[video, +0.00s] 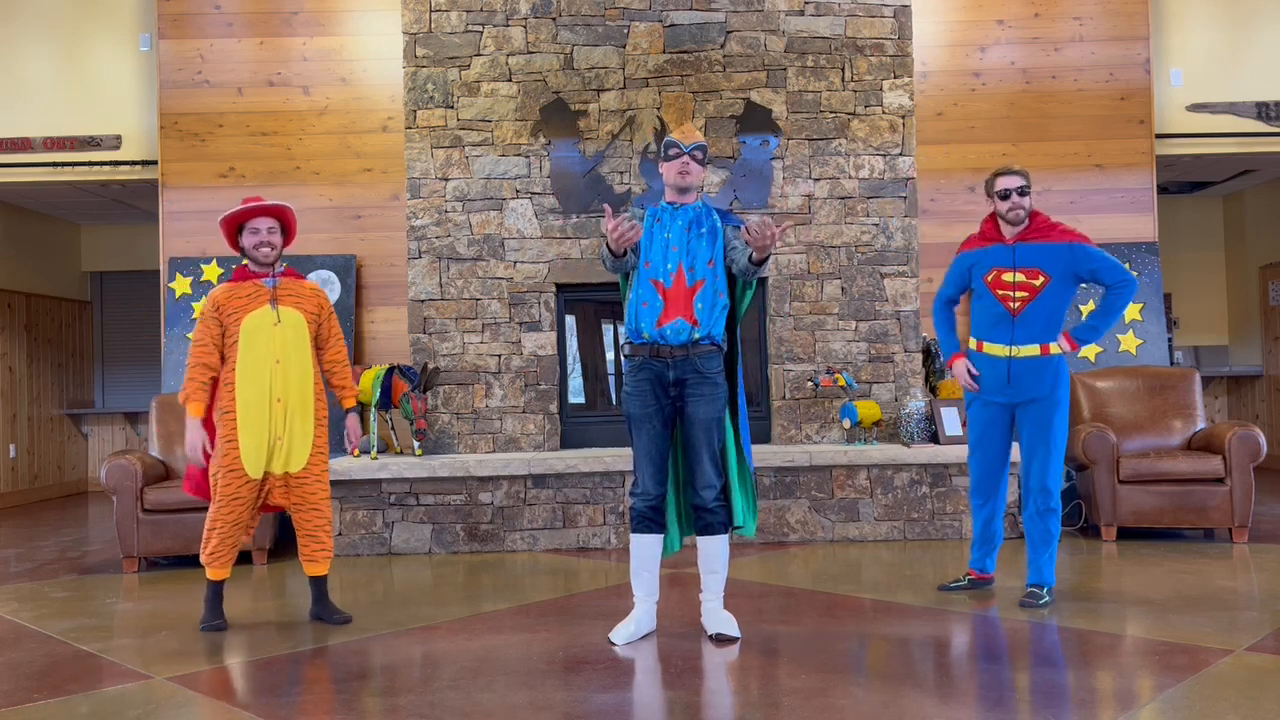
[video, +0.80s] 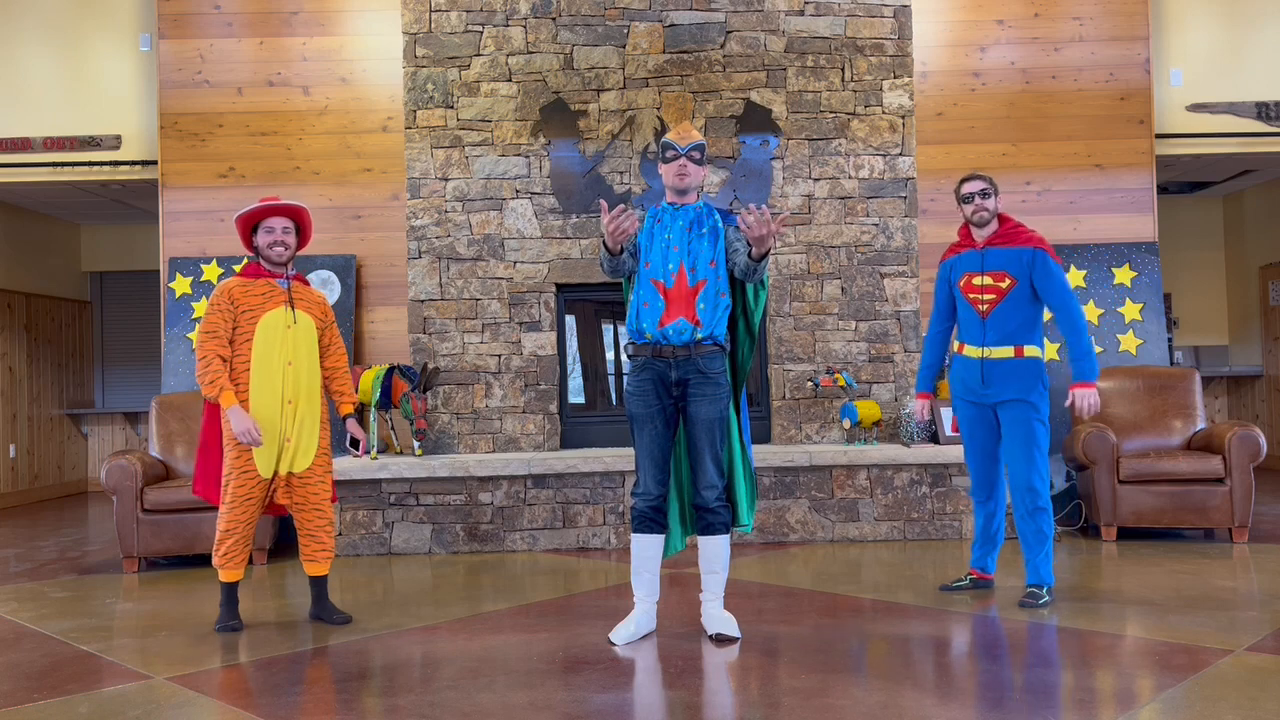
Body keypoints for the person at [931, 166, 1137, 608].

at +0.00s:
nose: (1015, 200)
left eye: (1021, 192)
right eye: (1004, 195)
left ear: (1032, 196)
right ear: (991, 203)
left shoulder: (1065, 247)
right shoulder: (973, 252)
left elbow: (1124, 284)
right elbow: (943, 303)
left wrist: (1080, 337)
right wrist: (953, 355)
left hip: (1043, 384)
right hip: (986, 385)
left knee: (1041, 487)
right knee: (984, 482)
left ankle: (1040, 582)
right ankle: (981, 571)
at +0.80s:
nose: (978, 203)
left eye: (984, 195)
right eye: (968, 198)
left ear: (998, 200)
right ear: (960, 209)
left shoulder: (1030, 253)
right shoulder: (952, 263)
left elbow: (1069, 313)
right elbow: (939, 329)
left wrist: (1085, 377)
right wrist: (923, 389)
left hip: (1020, 387)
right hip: (969, 388)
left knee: (1028, 484)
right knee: (984, 484)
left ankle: (1039, 582)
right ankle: (982, 572)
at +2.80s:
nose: (996, 201)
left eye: (1004, 194)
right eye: (988, 194)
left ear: (1016, 201)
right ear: (977, 201)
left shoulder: (1040, 253)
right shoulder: (959, 256)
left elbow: (1059, 324)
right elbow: (947, 326)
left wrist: (1068, 384)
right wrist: (937, 384)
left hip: (1027, 389)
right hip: (973, 391)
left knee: (1032, 486)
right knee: (985, 484)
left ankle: (1040, 581)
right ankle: (982, 571)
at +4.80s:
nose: (972, 204)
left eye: (981, 196)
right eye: (971, 197)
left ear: (1008, 202)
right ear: (981, 205)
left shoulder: (1038, 252)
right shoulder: (971, 257)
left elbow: (1060, 327)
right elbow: (965, 329)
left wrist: (1061, 390)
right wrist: (953, 383)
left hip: (1021, 390)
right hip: (974, 391)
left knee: (1028, 487)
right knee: (984, 484)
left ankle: (1040, 581)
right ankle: (981, 571)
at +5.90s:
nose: (962, 210)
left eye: (970, 202)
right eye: (959, 204)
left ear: (997, 204)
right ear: (962, 208)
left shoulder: (1028, 254)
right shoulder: (960, 258)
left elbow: (1050, 329)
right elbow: (956, 329)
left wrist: (1046, 390)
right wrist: (946, 382)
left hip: (1013, 390)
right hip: (968, 391)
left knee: (1025, 487)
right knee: (983, 485)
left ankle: (1040, 581)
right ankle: (982, 571)